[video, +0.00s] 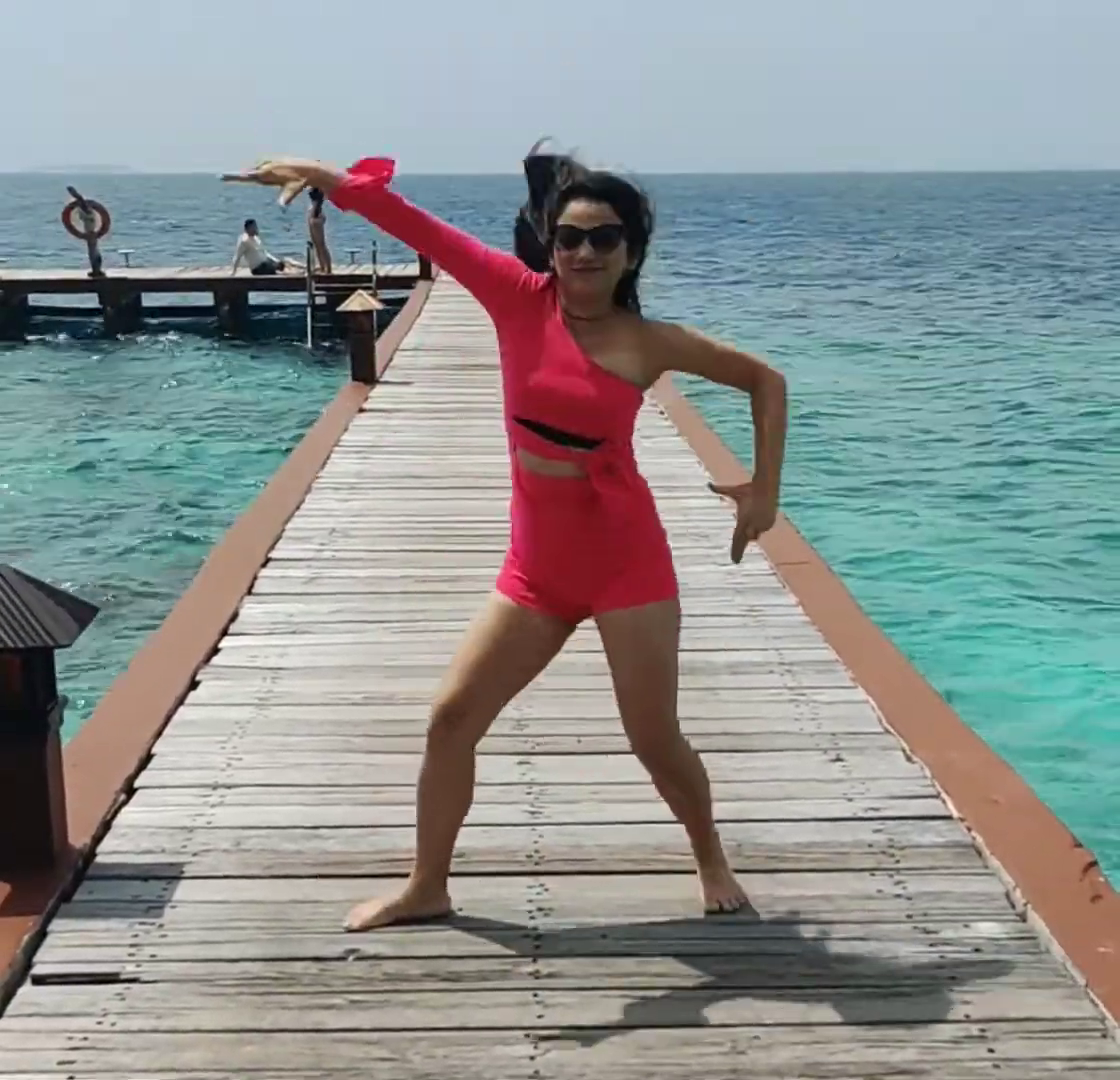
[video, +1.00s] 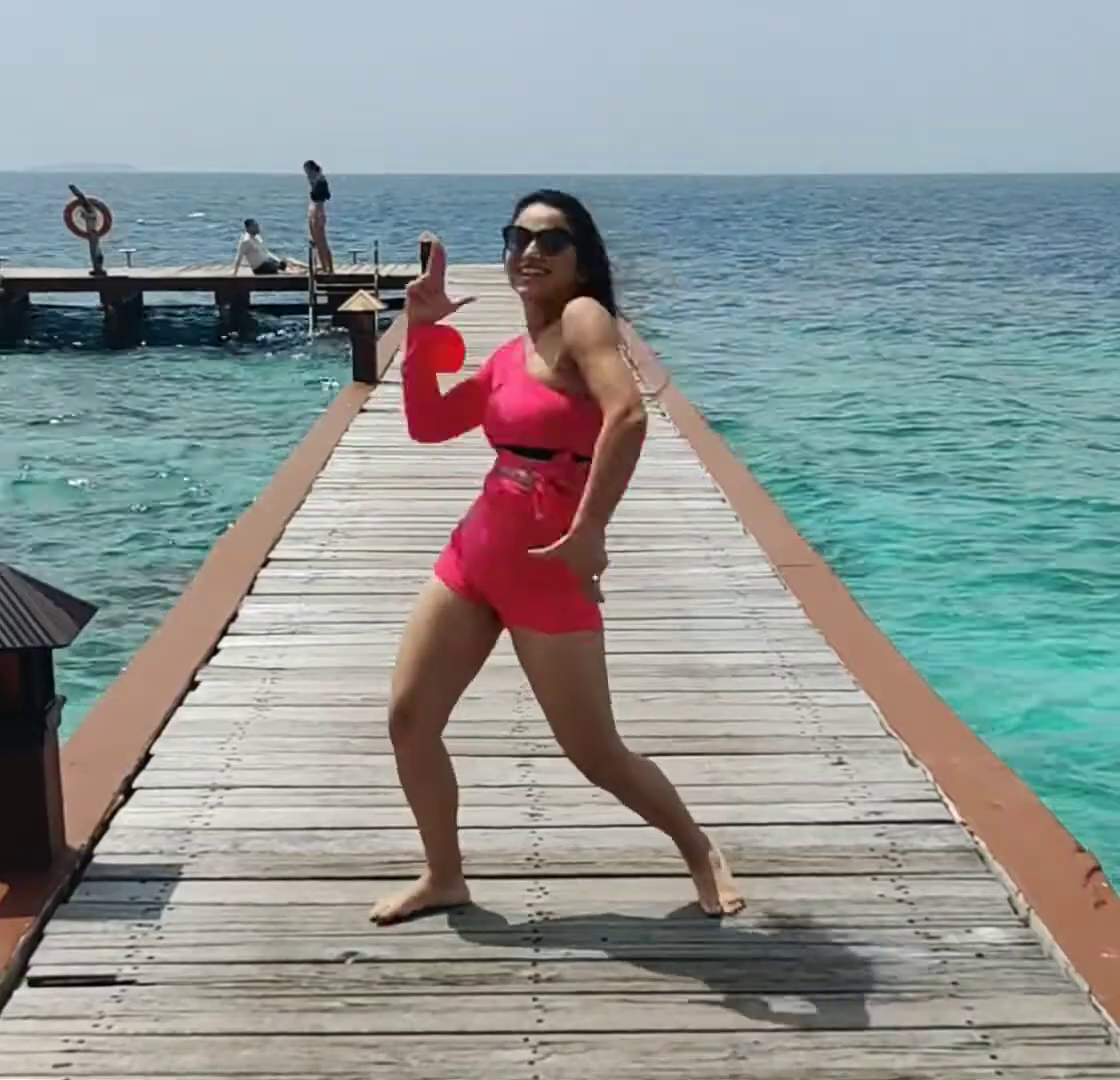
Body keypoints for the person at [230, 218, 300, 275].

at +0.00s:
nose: (255, 229)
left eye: (255, 227)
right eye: (253, 227)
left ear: (255, 227)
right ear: (247, 228)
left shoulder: (255, 237)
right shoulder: (244, 241)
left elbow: (264, 252)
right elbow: (237, 257)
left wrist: (276, 261)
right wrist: (233, 273)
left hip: (265, 262)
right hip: (258, 267)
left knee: (287, 261)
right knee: (284, 268)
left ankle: (306, 267)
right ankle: (303, 273)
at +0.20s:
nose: (256, 229)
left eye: (256, 227)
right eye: (253, 227)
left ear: (256, 227)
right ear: (247, 229)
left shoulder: (256, 238)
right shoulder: (244, 241)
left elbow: (264, 253)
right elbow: (237, 258)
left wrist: (276, 261)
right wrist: (233, 273)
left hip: (265, 263)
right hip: (258, 268)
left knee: (287, 261)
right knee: (285, 269)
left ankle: (306, 267)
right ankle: (303, 273)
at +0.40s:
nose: (256, 230)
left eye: (256, 227)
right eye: (253, 228)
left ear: (256, 228)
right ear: (247, 229)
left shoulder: (256, 238)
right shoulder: (244, 242)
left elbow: (264, 253)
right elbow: (238, 258)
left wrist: (276, 261)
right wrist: (234, 273)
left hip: (265, 263)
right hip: (258, 268)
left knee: (286, 262)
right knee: (285, 269)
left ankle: (305, 268)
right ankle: (304, 274)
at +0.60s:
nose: (256, 229)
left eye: (256, 226)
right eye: (254, 227)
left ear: (256, 227)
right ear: (248, 229)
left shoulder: (257, 237)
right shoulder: (244, 241)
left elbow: (265, 252)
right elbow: (238, 257)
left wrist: (277, 261)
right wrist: (234, 273)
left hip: (266, 262)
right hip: (259, 267)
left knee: (288, 261)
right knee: (286, 269)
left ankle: (307, 267)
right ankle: (305, 273)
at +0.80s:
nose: (257, 228)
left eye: (257, 225)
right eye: (254, 226)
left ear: (257, 226)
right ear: (249, 228)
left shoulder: (257, 237)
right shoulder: (245, 241)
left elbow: (266, 252)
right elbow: (239, 257)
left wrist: (278, 260)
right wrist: (235, 272)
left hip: (267, 261)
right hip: (259, 267)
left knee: (288, 260)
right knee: (286, 268)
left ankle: (308, 267)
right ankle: (305, 273)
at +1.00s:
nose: (257, 228)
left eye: (257, 225)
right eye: (254, 226)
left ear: (257, 227)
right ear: (248, 228)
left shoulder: (257, 237)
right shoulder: (245, 241)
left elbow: (266, 252)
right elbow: (239, 258)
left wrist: (278, 261)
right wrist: (235, 273)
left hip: (267, 261)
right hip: (260, 267)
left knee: (289, 262)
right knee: (286, 269)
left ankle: (310, 267)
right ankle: (306, 273)